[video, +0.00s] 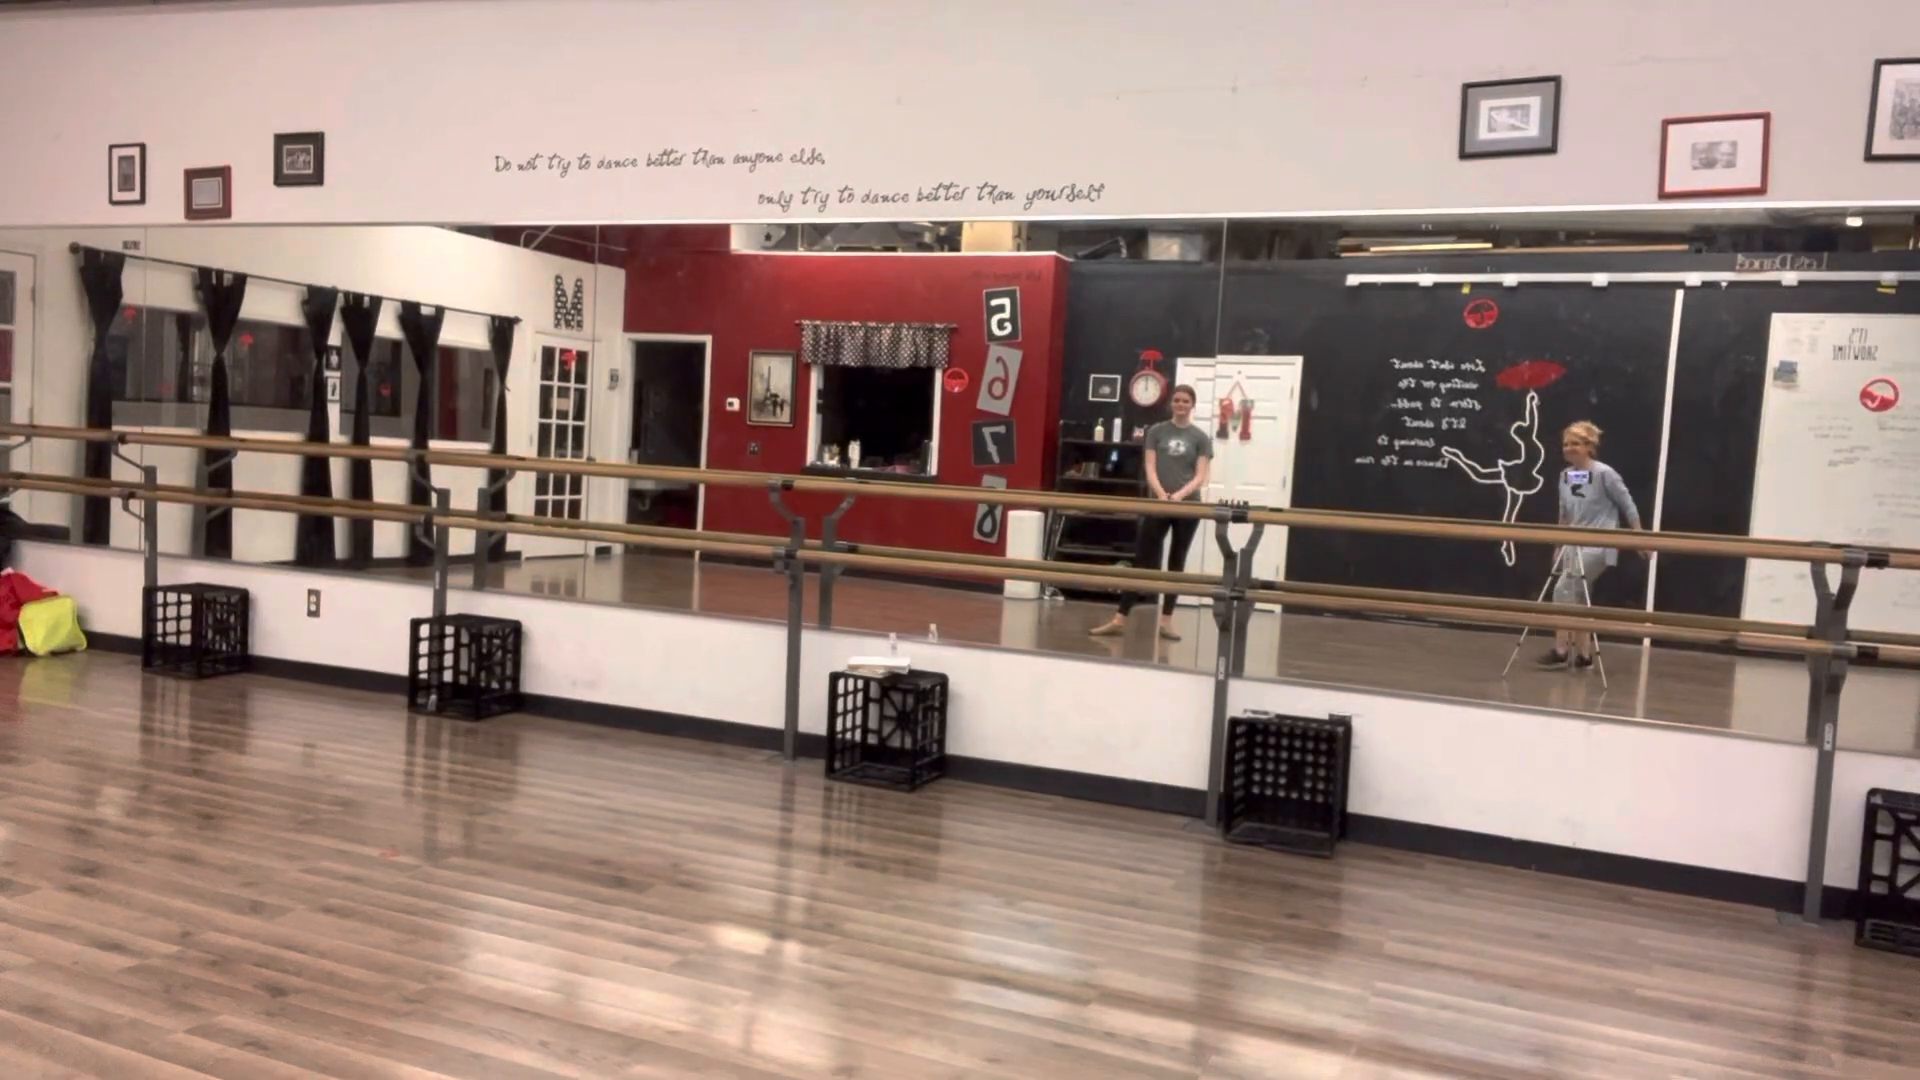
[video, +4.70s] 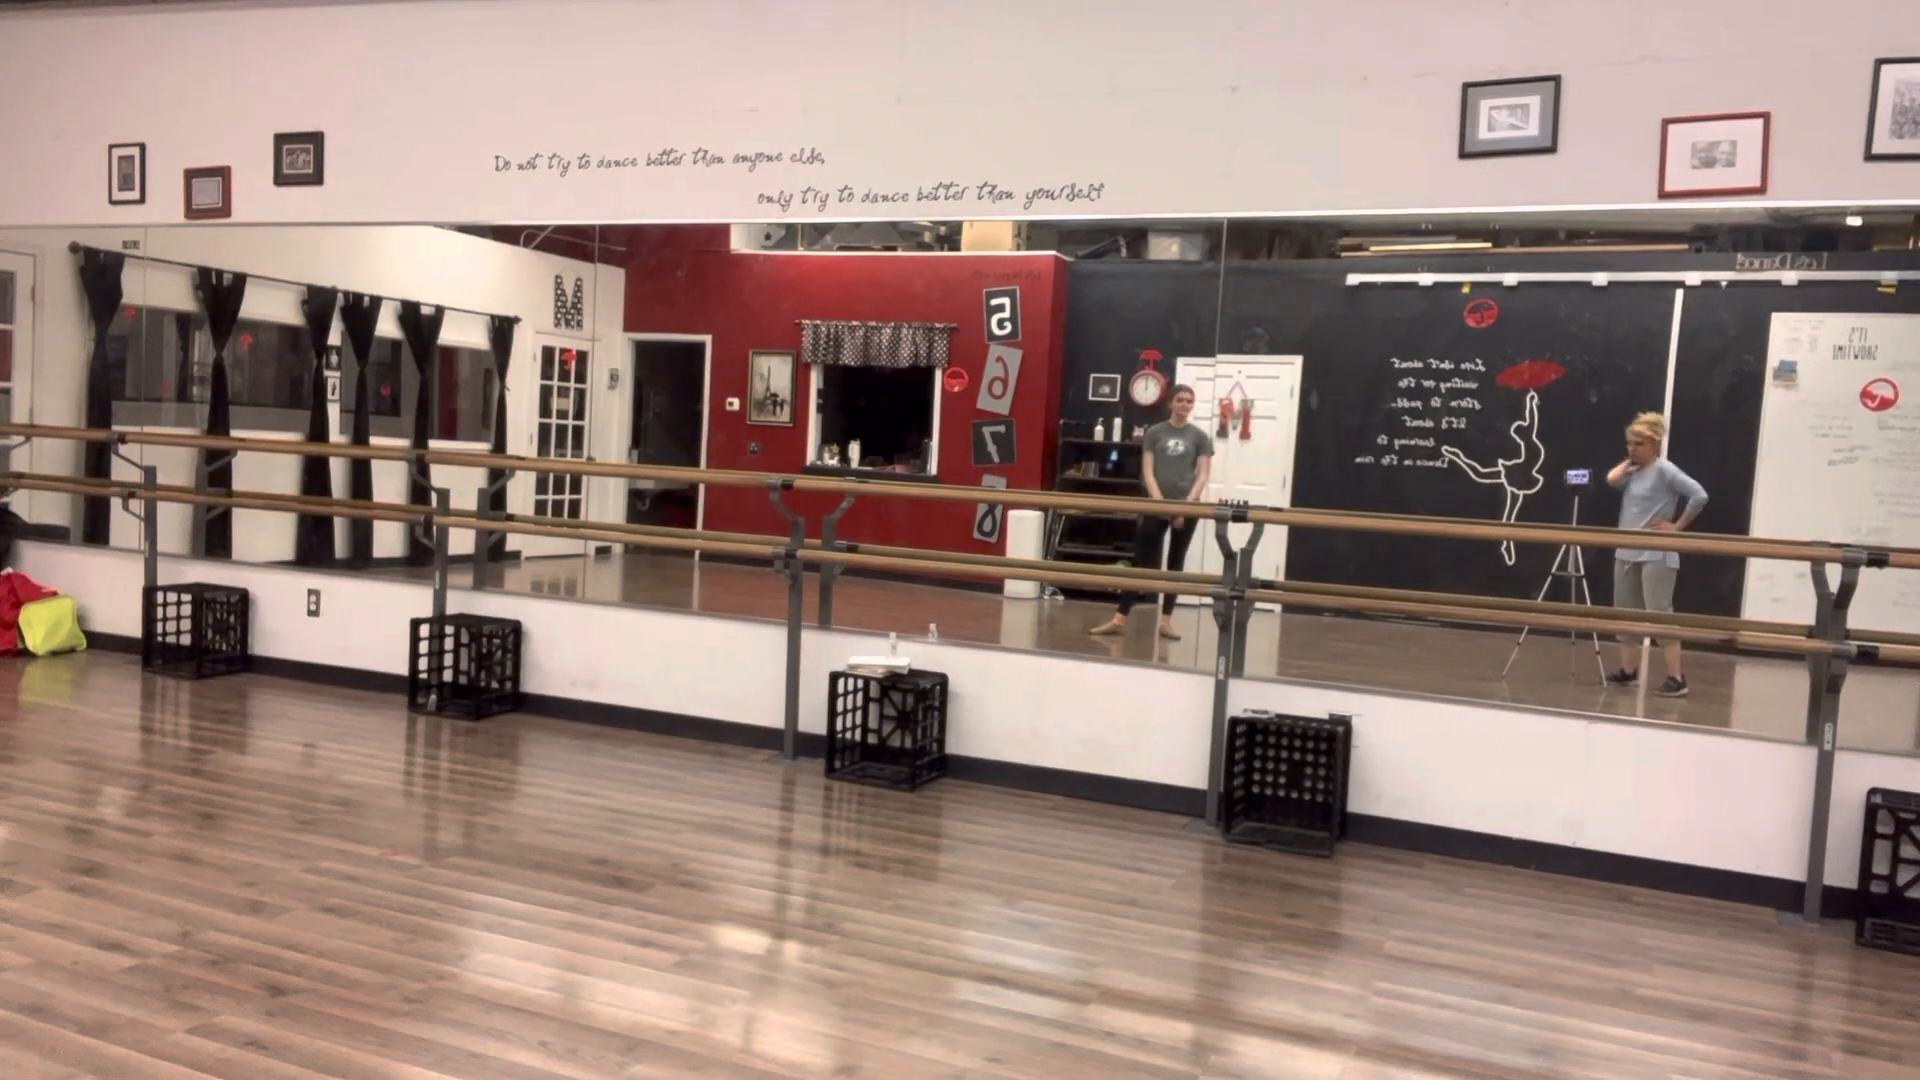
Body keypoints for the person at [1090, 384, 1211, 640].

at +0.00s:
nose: (1180, 405)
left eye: (1185, 401)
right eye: (1177, 401)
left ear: (1193, 406)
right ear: (1171, 403)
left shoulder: (1201, 438)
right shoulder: (1155, 432)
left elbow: (1201, 476)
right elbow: (1150, 468)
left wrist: (1179, 494)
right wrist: (1160, 493)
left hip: (1187, 504)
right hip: (1159, 501)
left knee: (1176, 560)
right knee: (1143, 555)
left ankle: (1166, 619)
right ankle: (1120, 617)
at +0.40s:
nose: (1178, 405)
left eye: (1183, 401)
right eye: (1175, 400)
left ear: (1191, 405)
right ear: (1169, 403)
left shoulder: (1200, 439)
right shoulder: (1153, 433)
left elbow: (1208, 480)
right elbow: (1141, 472)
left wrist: (1209, 515)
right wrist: (1129, 507)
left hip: (1185, 510)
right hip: (1155, 507)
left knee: (1176, 564)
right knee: (1142, 560)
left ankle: (1165, 620)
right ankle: (1120, 617)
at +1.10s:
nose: (1180, 405)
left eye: (1184, 402)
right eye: (1176, 401)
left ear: (1192, 406)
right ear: (1170, 404)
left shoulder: (1201, 438)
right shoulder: (1154, 432)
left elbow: (1201, 477)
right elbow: (1146, 469)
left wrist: (1187, 507)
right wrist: (1145, 502)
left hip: (1184, 508)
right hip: (1156, 505)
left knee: (1175, 563)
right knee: (1140, 559)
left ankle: (1165, 619)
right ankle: (1120, 617)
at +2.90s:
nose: (1183, 405)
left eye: (1187, 402)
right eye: (1179, 401)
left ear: (1192, 406)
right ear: (1171, 404)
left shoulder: (1200, 437)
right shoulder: (1153, 433)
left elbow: (1211, 475)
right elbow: (1141, 473)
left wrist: (1221, 506)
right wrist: (1126, 507)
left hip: (1187, 509)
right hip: (1156, 507)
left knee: (1176, 564)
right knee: (1142, 560)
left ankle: (1165, 620)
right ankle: (1120, 617)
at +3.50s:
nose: (1192, 407)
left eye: (1195, 403)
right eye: (1188, 403)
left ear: (1195, 406)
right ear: (1174, 404)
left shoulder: (1200, 437)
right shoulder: (1154, 432)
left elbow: (1203, 476)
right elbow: (1148, 473)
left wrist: (1188, 505)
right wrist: (1158, 503)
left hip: (1187, 507)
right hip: (1158, 505)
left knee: (1176, 564)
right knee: (1142, 559)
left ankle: (1166, 620)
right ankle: (1120, 617)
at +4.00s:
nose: (1191, 407)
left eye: (1194, 403)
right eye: (1187, 402)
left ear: (1194, 407)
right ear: (1173, 404)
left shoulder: (1198, 436)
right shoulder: (1153, 433)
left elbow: (1209, 476)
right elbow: (1139, 470)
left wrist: (1212, 506)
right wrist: (1124, 504)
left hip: (1186, 509)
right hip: (1155, 506)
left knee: (1176, 563)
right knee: (1141, 560)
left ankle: (1165, 620)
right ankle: (1120, 618)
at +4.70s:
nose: (1184, 405)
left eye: (1188, 401)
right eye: (1180, 400)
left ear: (1193, 405)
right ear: (1171, 403)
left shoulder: (1201, 437)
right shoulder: (1153, 432)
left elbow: (1202, 476)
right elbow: (1148, 473)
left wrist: (1184, 508)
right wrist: (1161, 505)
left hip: (1185, 507)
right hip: (1156, 504)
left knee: (1175, 563)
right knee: (1141, 558)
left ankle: (1166, 619)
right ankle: (1120, 617)